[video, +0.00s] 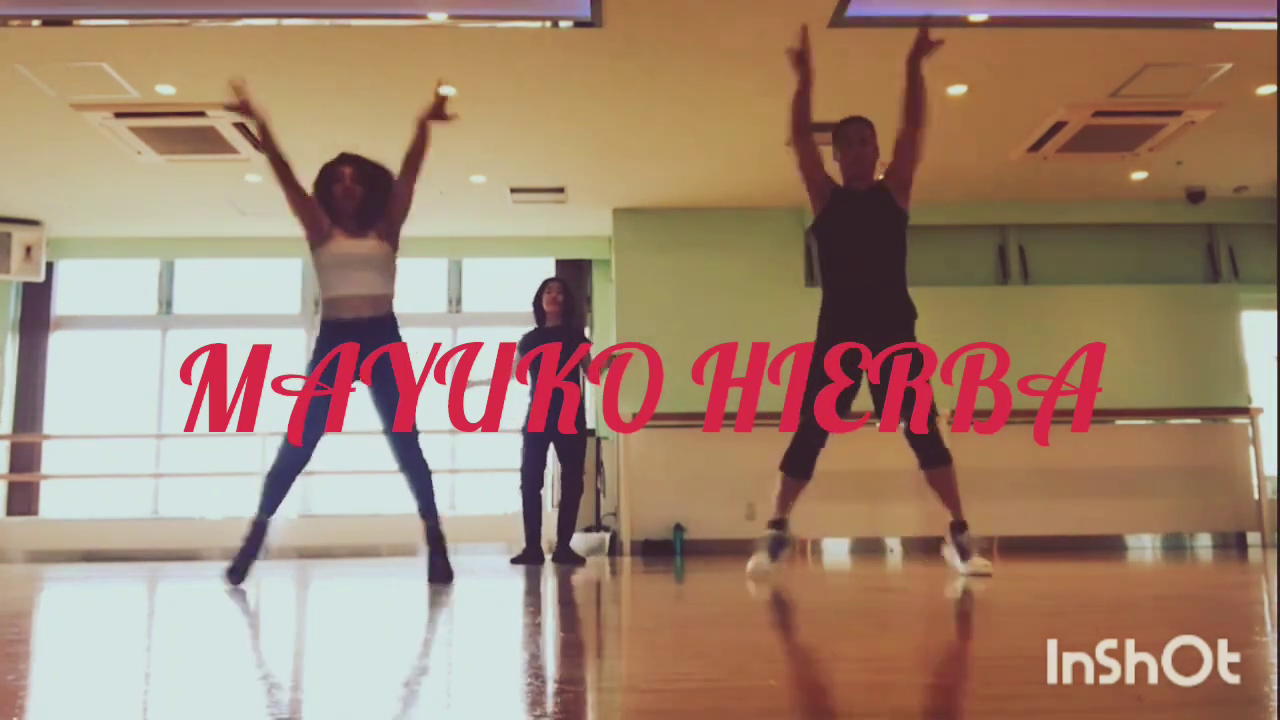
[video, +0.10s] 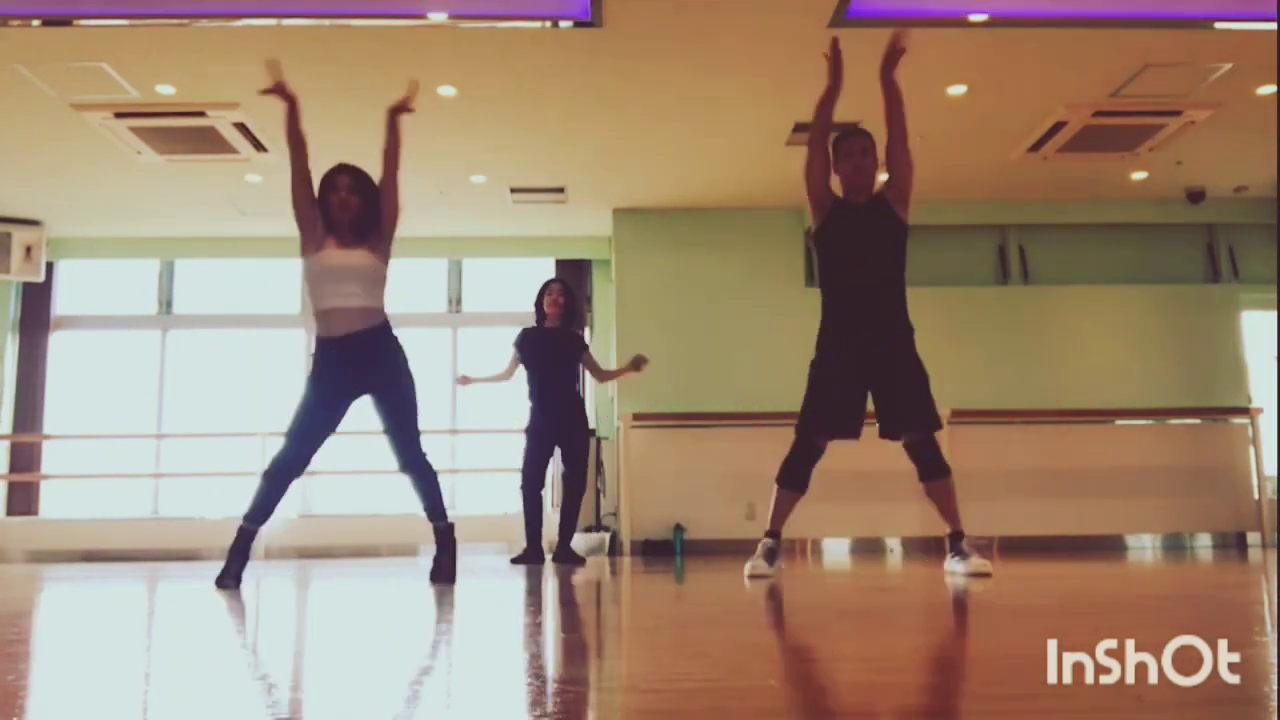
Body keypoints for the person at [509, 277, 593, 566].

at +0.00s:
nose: (554, 297)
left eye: (560, 292)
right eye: (549, 292)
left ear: (568, 300)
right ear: (540, 300)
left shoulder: (578, 338)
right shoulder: (530, 338)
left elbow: (593, 376)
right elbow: (520, 376)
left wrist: (600, 361)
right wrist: (524, 357)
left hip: (571, 418)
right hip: (538, 417)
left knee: (573, 483)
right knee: (530, 483)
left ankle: (563, 547)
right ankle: (532, 547)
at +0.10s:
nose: (555, 299)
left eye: (561, 295)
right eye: (550, 294)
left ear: (568, 302)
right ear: (541, 300)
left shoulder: (574, 339)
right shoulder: (528, 336)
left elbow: (600, 376)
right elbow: (507, 374)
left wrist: (629, 369)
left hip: (574, 420)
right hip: (541, 420)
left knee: (575, 486)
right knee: (530, 486)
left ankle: (563, 548)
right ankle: (533, 548)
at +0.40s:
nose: (552, 304)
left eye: (558, 299)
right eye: (547, 299)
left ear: (567, 306)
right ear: (539, 307)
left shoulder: (579, 343)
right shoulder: (530, 346)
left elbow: (603, 376)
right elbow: (498, 375)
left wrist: (634, 376)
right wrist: (462, 371)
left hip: (569, 425)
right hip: (536, 425)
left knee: (572, 487)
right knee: (524, 486)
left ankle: (562, 548)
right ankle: (532, 548)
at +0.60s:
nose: (553, 304)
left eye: (559, 299)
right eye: (548, 300)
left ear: (568, 307)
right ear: (540, 307)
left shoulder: (576, 345)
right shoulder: (531, 345)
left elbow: (597, 383)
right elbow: (507, 380)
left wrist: (624, 379)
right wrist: (469, 381)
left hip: (571, 426)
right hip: (538, 425)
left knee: (578, 488)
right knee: (526, 486)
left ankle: (563, 548)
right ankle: (532, 548)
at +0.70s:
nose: (554, 305)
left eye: (560, 300)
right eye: (549, 300)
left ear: (568, 309)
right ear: (540, 308)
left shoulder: (574, 346)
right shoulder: (527, 345)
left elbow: (596, 385)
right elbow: (504, 379)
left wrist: (624, 381)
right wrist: (468, 383)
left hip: (571, 426)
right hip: (539, 426)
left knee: (578, 488)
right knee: (525, 488)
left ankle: (563, 548)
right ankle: (532, 549)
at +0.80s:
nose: (554, 304)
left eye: (560, 300)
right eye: (549, 300)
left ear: (568, 309)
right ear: (540, 308)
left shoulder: (576, 345)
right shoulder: (528, 346)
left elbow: (596, 383)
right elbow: (501, 377)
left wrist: (622, 385)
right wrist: (466, 378)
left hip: (569, 427)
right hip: (536, 426)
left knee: (574, 488)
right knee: (522, 489)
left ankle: (563, 548)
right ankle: (532, 549)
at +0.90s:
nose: (553, 303)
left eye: (558, 299)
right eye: (548, 300)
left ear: (567, 307)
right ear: (539, 308)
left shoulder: (578, 343)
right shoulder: (531, 348)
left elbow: (595, 382)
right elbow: (501, 378)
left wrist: (621, 384)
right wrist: (463, 375)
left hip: (566, 427)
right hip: (533, 426)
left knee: (572, 488)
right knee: (521, 485)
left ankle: (563, 548)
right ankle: (532, 548)